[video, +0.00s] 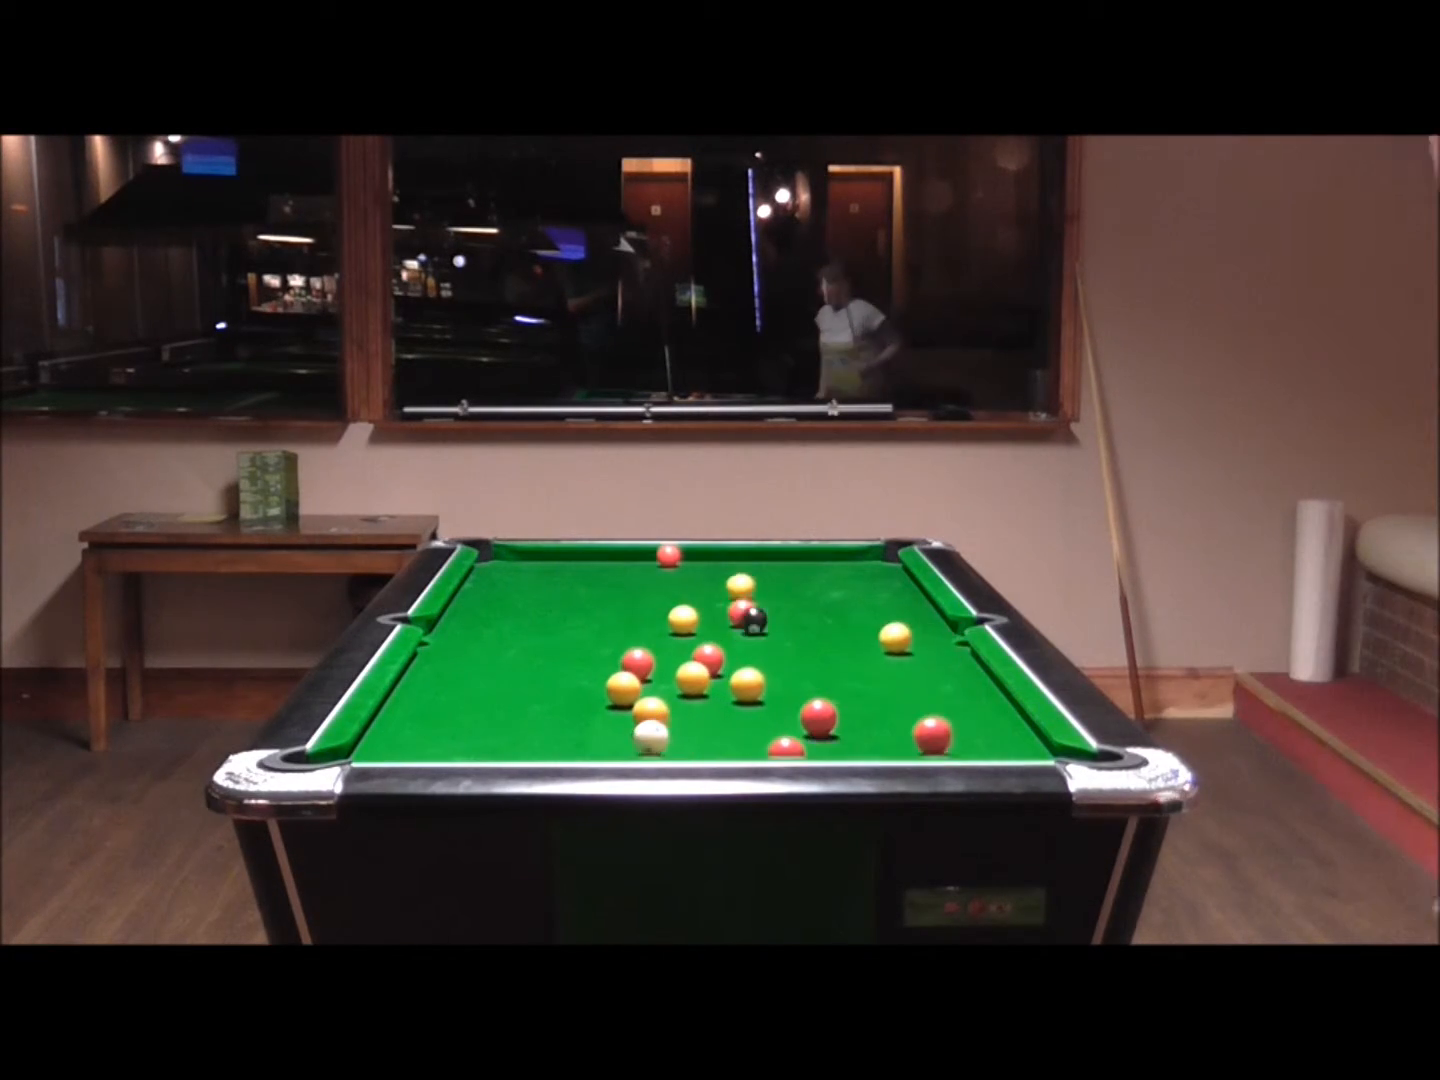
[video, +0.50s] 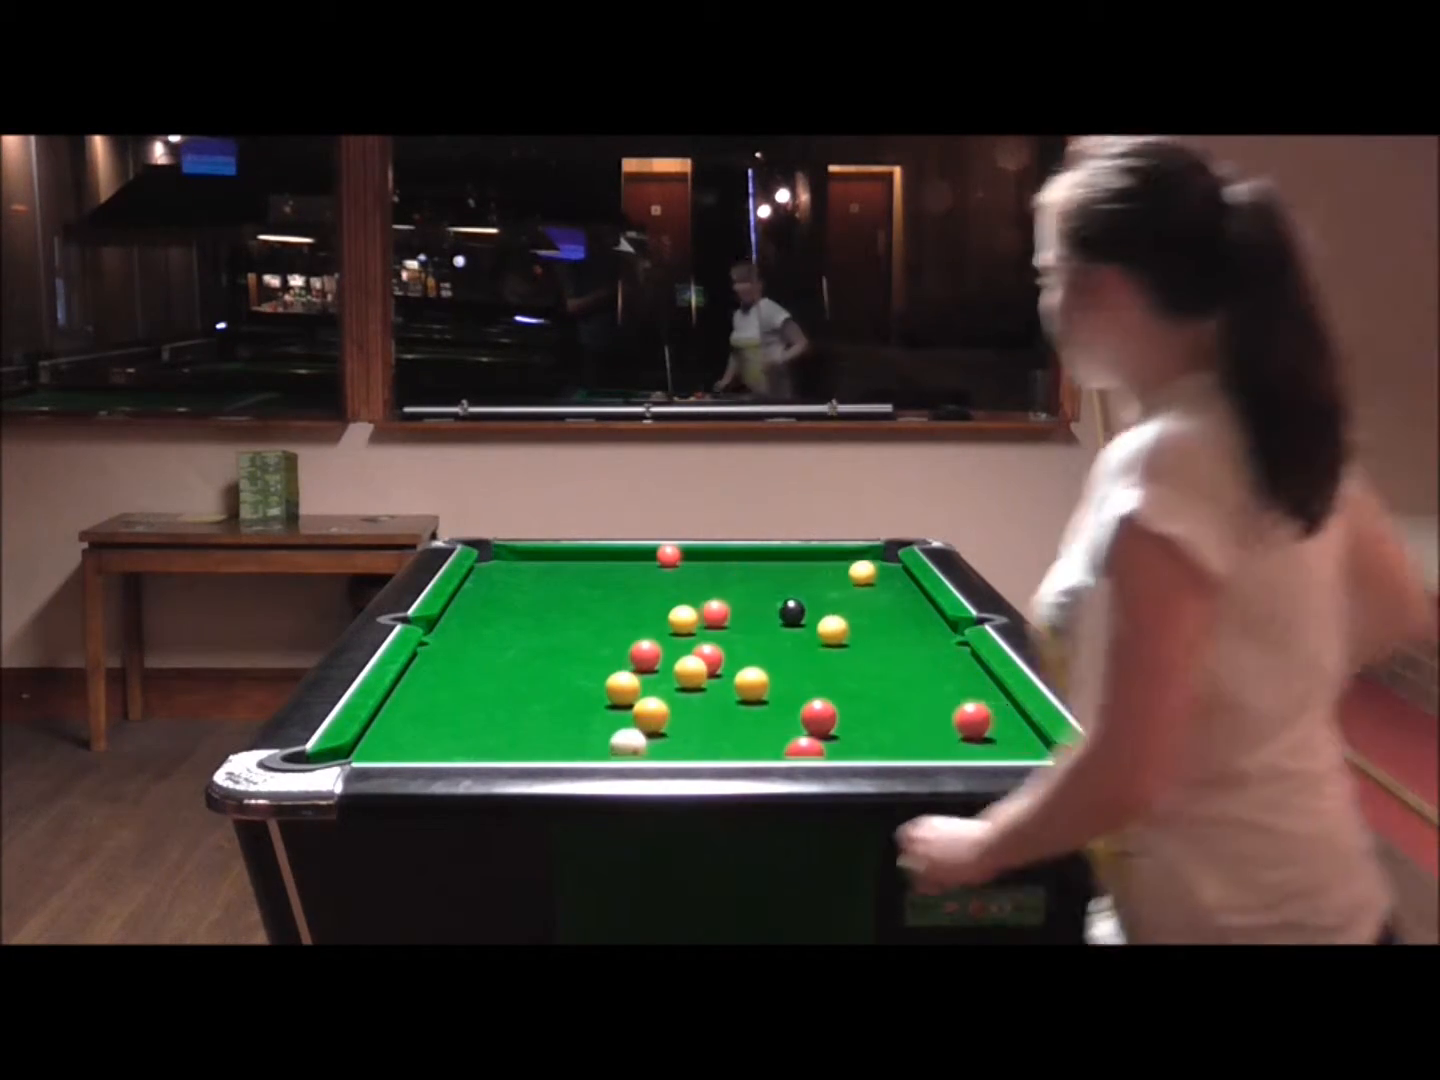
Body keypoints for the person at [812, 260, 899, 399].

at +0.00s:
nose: (826, 291)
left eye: (831, 285)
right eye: (824, 286)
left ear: (843, 286)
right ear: (821, 288)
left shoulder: (861, 310)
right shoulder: (823, 314)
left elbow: (895, 342)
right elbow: (825, 357)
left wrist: (870, 365)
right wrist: (823, 390)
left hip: (861, 392)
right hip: (832, 391)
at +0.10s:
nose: (804, 288)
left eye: (809, 282)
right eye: (802, 283)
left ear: (822, 284)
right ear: (801, 286)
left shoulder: (838, 309)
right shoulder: (803, 313)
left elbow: (871, 343)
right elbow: (806, 357)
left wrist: (847, 362)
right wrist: (804, 391)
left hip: (841, 389)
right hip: (814, 389)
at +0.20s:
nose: (793, 291)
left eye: (797, 286)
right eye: (791, 287)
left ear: (810, 284)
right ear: (788, 287)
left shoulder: (824, 307)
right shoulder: (791, 312)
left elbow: (856, 341)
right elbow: (795, 356)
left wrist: (832, 358)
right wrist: (790, 389)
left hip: (825, 387)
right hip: (800, 388)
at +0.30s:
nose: (776, 294)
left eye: (779, 288)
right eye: (773, 289)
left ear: (790, 283)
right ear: (770, 288)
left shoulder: (802, 304)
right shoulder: (773, 311)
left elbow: (836, 338)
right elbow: (777, 354)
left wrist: (813, 355)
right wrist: (769, 384)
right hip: (783, 385)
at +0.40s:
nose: (758, 287)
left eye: (763, 282)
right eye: (756, 282)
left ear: (777, 283)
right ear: (754, 284)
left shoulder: (789, 304)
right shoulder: (759, 309)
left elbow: (822, 339)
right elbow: (764, 353)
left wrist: (799, 356)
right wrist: (752, 383)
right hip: (772, 389)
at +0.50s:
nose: (738, 288)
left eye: (744, 282)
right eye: (736, 283)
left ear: (758, 285)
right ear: (734, 286)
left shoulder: (768, 309)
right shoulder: (738, 315)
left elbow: (800, 342)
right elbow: (736, 354)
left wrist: (780, 358)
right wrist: (726, 380)